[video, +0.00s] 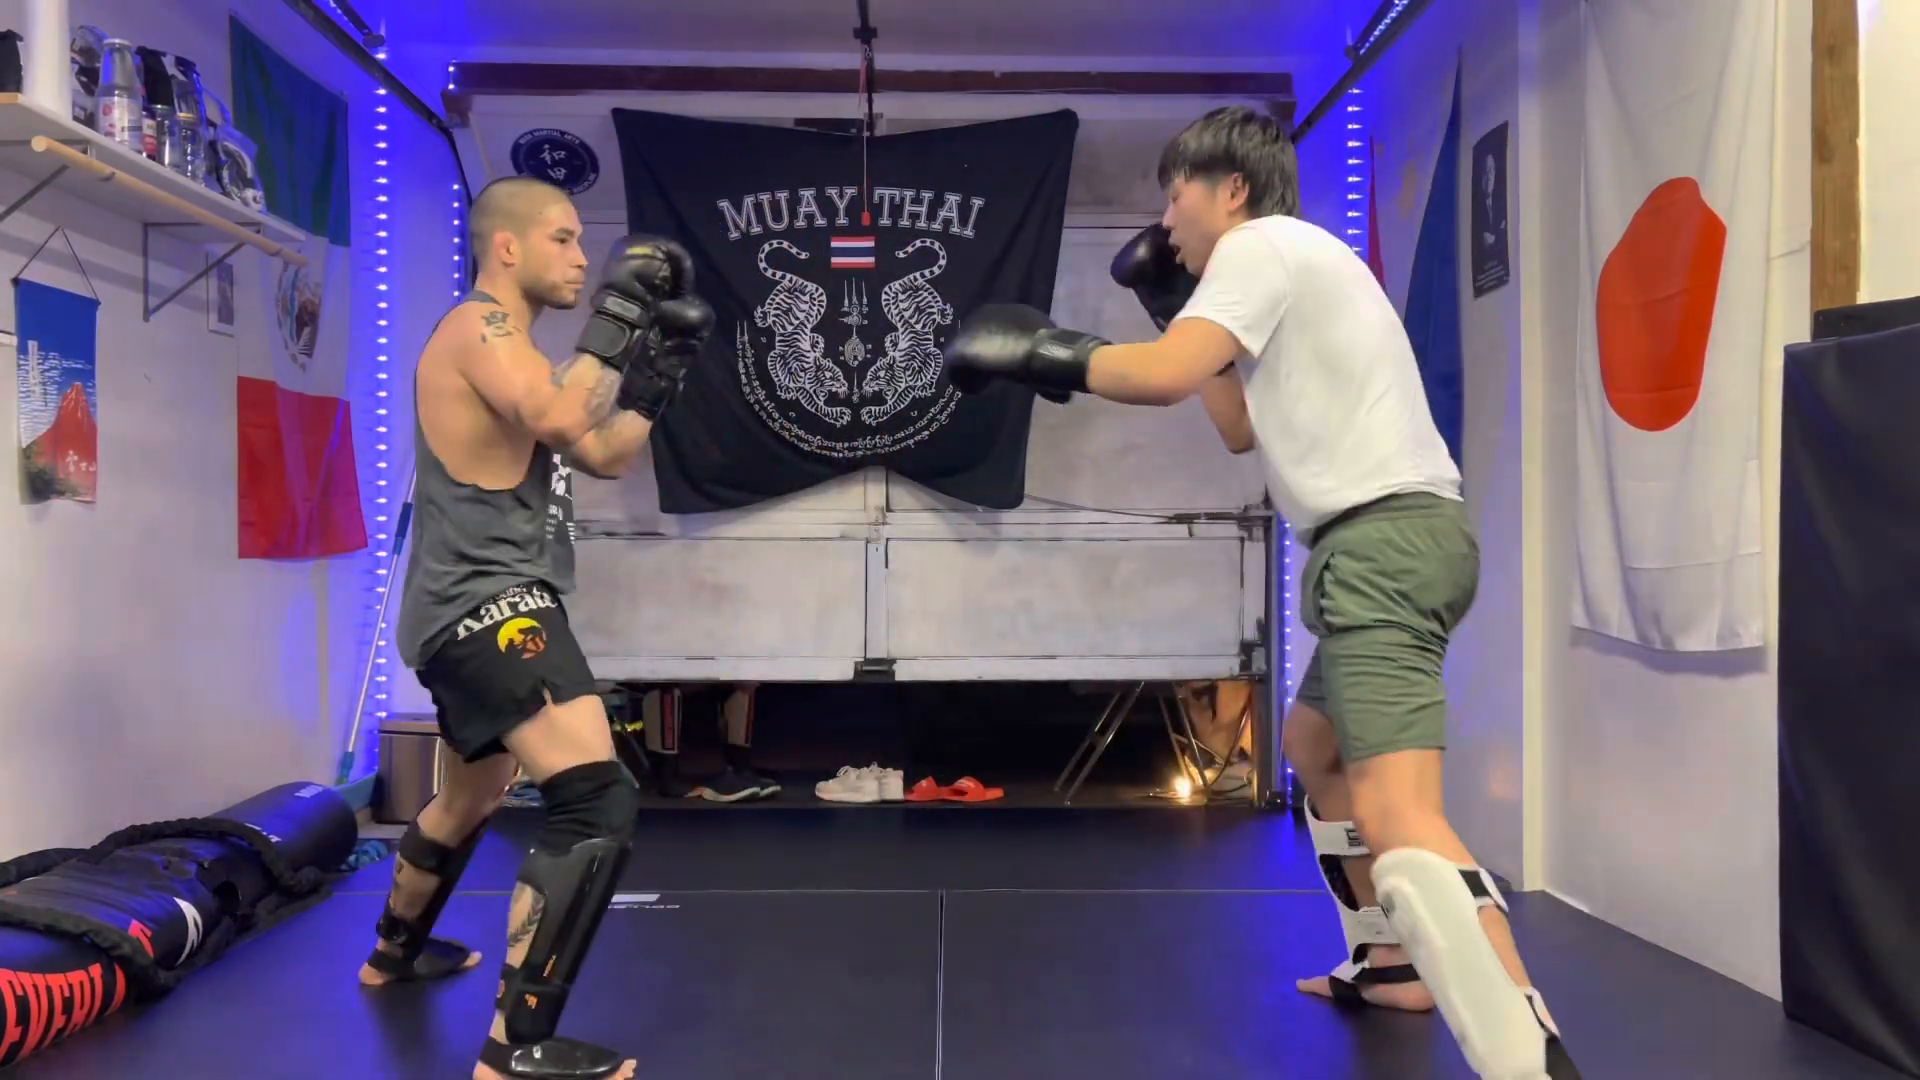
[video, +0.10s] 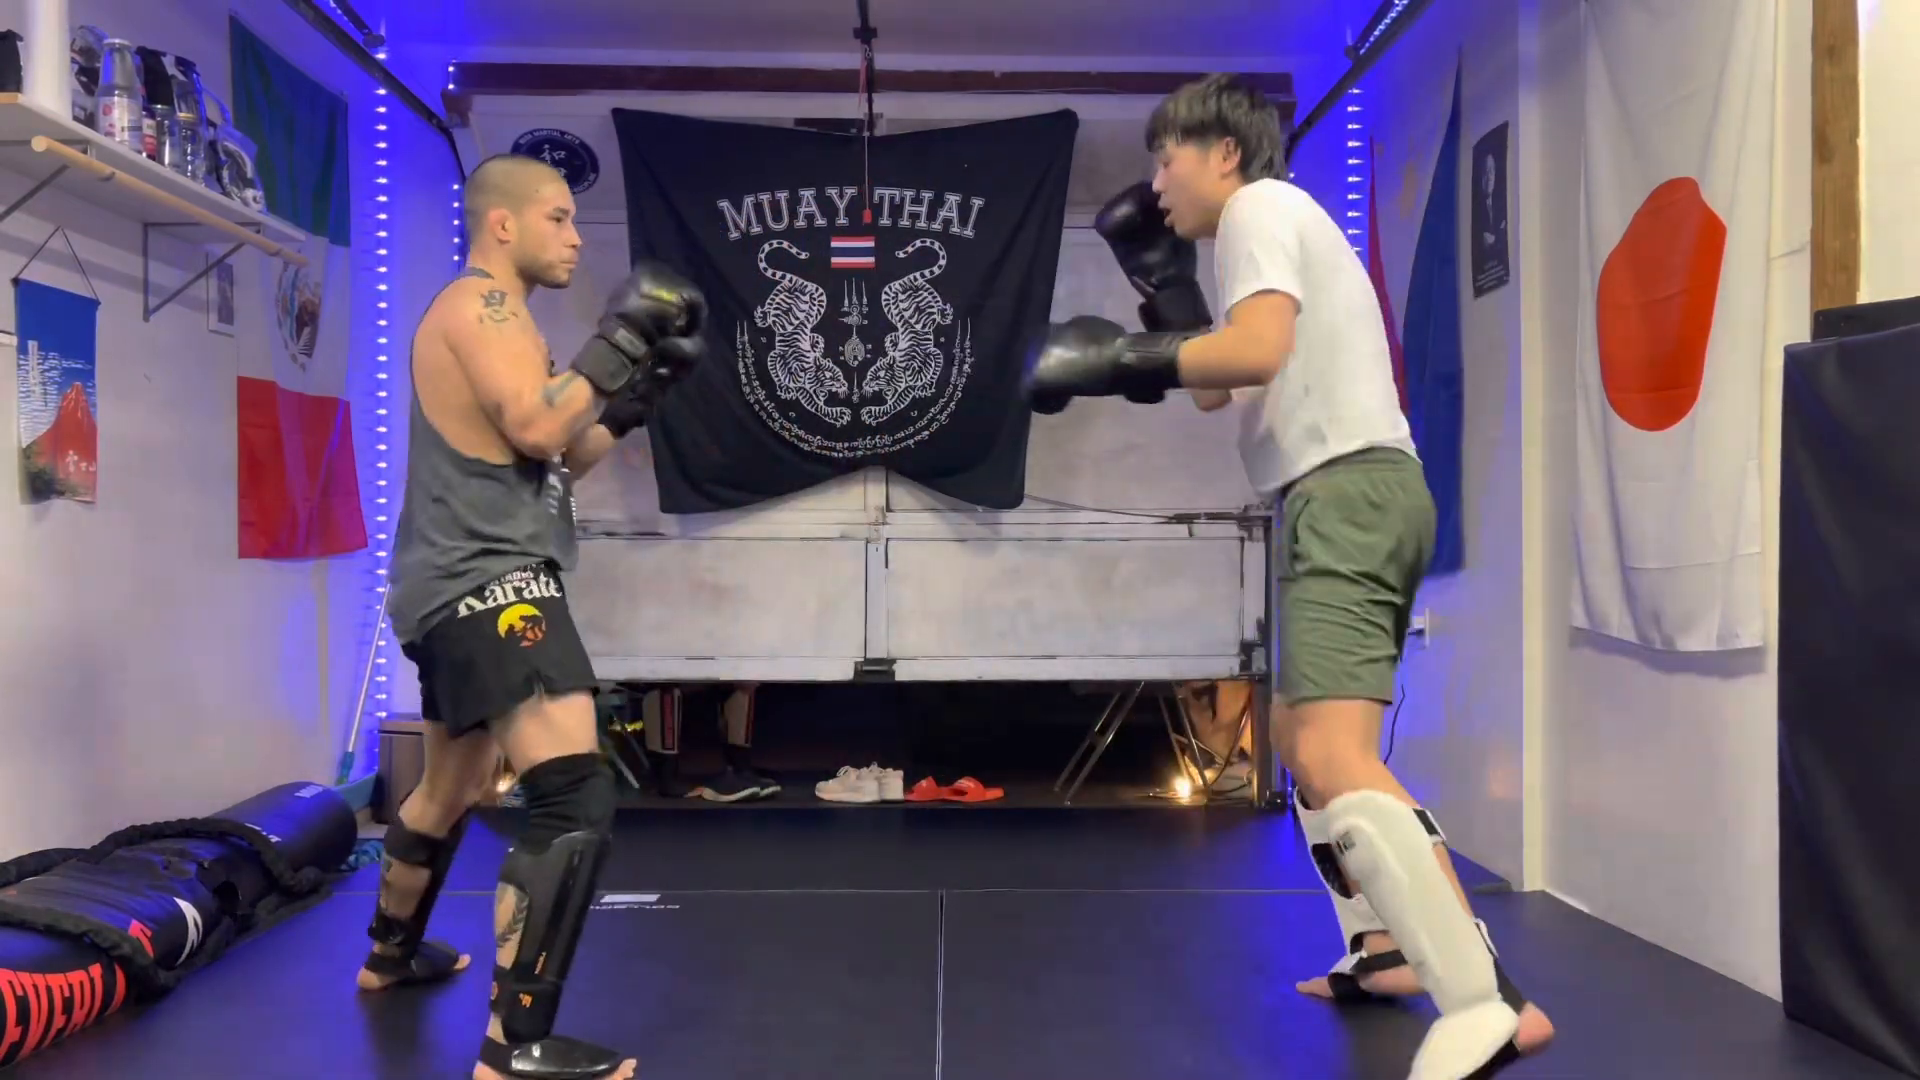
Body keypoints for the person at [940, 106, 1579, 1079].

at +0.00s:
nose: (1168, 222)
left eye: (1175, 200)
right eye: (1166, 204)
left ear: (1232, 189)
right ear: (1256, 197)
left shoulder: (1264, 248)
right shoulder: (1302, 263)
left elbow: (1168, 370)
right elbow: (1239, 424)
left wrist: (1047, 351)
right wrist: (1187, 304)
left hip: (1379, 535)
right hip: (1414, 531)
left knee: (1403, 820)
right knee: (1316, 742)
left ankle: (1523, 1027)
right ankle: (1391, 955)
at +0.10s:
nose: (1155, 181)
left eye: (1167, 157)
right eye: (1156, 162)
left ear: (1223, 155)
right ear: (1231, 164)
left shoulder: (1259, 208)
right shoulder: (1274, 227)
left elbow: (1262, 347)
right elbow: (1218, 378)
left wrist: (1135, 354)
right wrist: (1169, 281)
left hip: (1348, 491)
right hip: (1361, 495)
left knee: (1335, 757)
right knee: (1312, 743)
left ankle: (1482, 1004)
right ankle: (1384, 945)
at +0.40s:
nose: (1132, 225)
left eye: (1144, 203)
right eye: (1131, 207)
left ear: (1197, 203)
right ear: (1191, 209)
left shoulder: (1251, 262)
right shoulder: (1208, 296)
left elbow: (1292, 393)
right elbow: (1169, 423)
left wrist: (1169, 390)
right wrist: (1121, 323)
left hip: (1270, 544)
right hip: (1242, 543)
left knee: (1201, 769)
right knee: (1244, 756)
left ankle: (1376, 933)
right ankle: (1308, 910)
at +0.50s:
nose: (1106, 229)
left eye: (1116, 209)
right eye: (1104, 213)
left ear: (1169, 201)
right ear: (1163, 207)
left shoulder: (1216, 255)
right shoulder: (1197, 281)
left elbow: (1239, 388)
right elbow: (1159, 404)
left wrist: (1128, 371)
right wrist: (1099, 314)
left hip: (1255, 517)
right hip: (1248, 519)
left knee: (1143, 733)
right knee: (1214, 723)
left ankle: (1295, 899)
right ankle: (1298, 890)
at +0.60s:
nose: (1076, 238)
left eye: (1085, 218)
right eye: (1073, 222)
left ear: (1139, 210)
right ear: (1143, 219)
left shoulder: (1174, 257)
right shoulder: (1174, 275)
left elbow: (1119, 369)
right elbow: (1133, 401)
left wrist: (1011, 335)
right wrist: (1040, 333)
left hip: (1250, 503)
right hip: (1263, 505)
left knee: (1133, 720)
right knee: (1186, 707)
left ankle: (1186, 940)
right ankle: (1263, 867)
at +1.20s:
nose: (1007, 287)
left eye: (1014, 269)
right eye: (1005, 271)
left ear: (1059, 262)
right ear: (1069, 266)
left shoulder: (1086, 315)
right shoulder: (1133, 319)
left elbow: (1078, 425)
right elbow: (1069, 439)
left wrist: (991, 409)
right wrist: (1018, 373)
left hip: (1138, 545)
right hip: (1187, 547)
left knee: (1003, 716)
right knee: (1154, 715)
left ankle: (1090, 882)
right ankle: (1232, 875)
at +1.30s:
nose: (981, 294)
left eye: (988, 276)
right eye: (980, 278)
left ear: (1035, 268)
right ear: (1053, 275)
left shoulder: (1047, 316)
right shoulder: (1114, 326)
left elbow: (947, 383)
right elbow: (1049, 450)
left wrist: (836, 363)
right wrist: (988, 374)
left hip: (1119, 542)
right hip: (1174, 546)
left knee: (1003, 736)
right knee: (1126, 708)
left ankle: (1000, 925)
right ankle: (1207, 863)